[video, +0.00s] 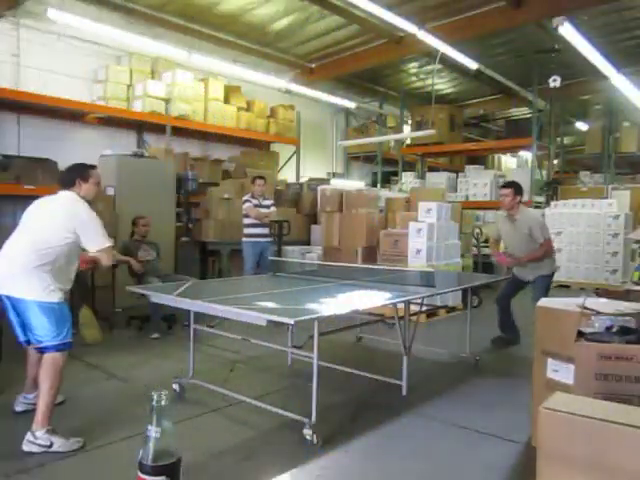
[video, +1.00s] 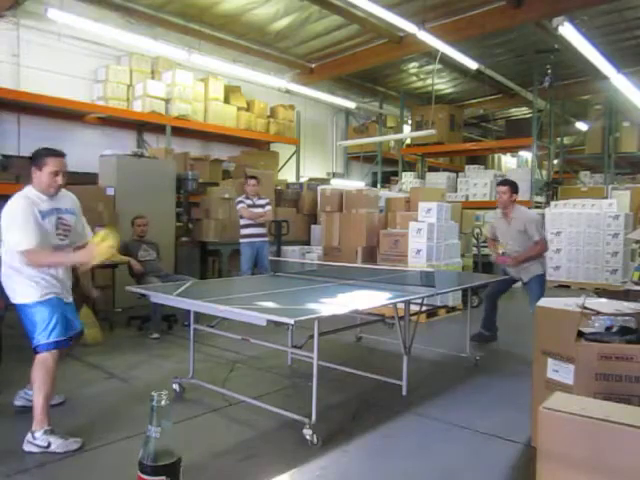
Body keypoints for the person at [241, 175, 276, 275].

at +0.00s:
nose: (260, 188)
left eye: (262, 185)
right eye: (258, 185)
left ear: (265, 187)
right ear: (253, 186)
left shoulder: (269, 201)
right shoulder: (247, 199)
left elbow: (272, 217)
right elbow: (253, 213)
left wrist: (257, 215)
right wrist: (268, 214)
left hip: (266, 240)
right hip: (250, 240)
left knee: (266, 269)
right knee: (250, 270)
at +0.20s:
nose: (256, 189)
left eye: (258, 186)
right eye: (253, 186)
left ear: (261, 187)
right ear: (247, 187)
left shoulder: (263, 202)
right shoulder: (241, 200)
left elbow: (269, 218)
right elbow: (250, 214)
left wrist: (255, 217)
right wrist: (263, 214)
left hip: (260, 240)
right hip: (245, 241)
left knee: (265, 268)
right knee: (247, 270)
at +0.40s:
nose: (251, 188)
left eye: (253, 185)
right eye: (249, 185)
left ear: (256, 187)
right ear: (243, 186)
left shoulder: (260, 202)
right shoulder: (238, 200)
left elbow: (267, 217)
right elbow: (246, 214)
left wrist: (252, 217)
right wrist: (260, 214)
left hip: (259, 240)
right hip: (243, 241)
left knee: (264, 269)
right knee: (245, 271)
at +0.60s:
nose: (250, 188)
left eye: (252, 185)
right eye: (247, 185)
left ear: (255, 186)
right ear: (242, 186)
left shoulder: (259, 200)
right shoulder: (237, 200)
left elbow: (267, 217)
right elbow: (245, 214)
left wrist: (252, 219)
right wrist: (260, 214)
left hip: (259, 239)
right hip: (243, 240)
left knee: (265, 269)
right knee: (245, 271)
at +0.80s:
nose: (250, 188)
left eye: (252, 185)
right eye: (247, 185)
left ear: (255, 186)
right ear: (242, 187)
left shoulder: (262, 200)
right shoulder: (238, 200)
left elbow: (267, 216)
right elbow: (245, 214)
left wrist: (252, 219)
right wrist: (260, 213)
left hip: (260, 239)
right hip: (245, 239)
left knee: (265, 269)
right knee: (245, 271)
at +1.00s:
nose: (252, 188)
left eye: (255, 185)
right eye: (249, 185)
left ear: (258, 187)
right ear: (245, 187)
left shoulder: (265, 200)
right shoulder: (240, 200)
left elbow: (269, 216)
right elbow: (246, 214)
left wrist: (254, 219)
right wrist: (262, 214)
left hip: (262, 239)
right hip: (247, 239)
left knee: (265, 269)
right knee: (246, 270)